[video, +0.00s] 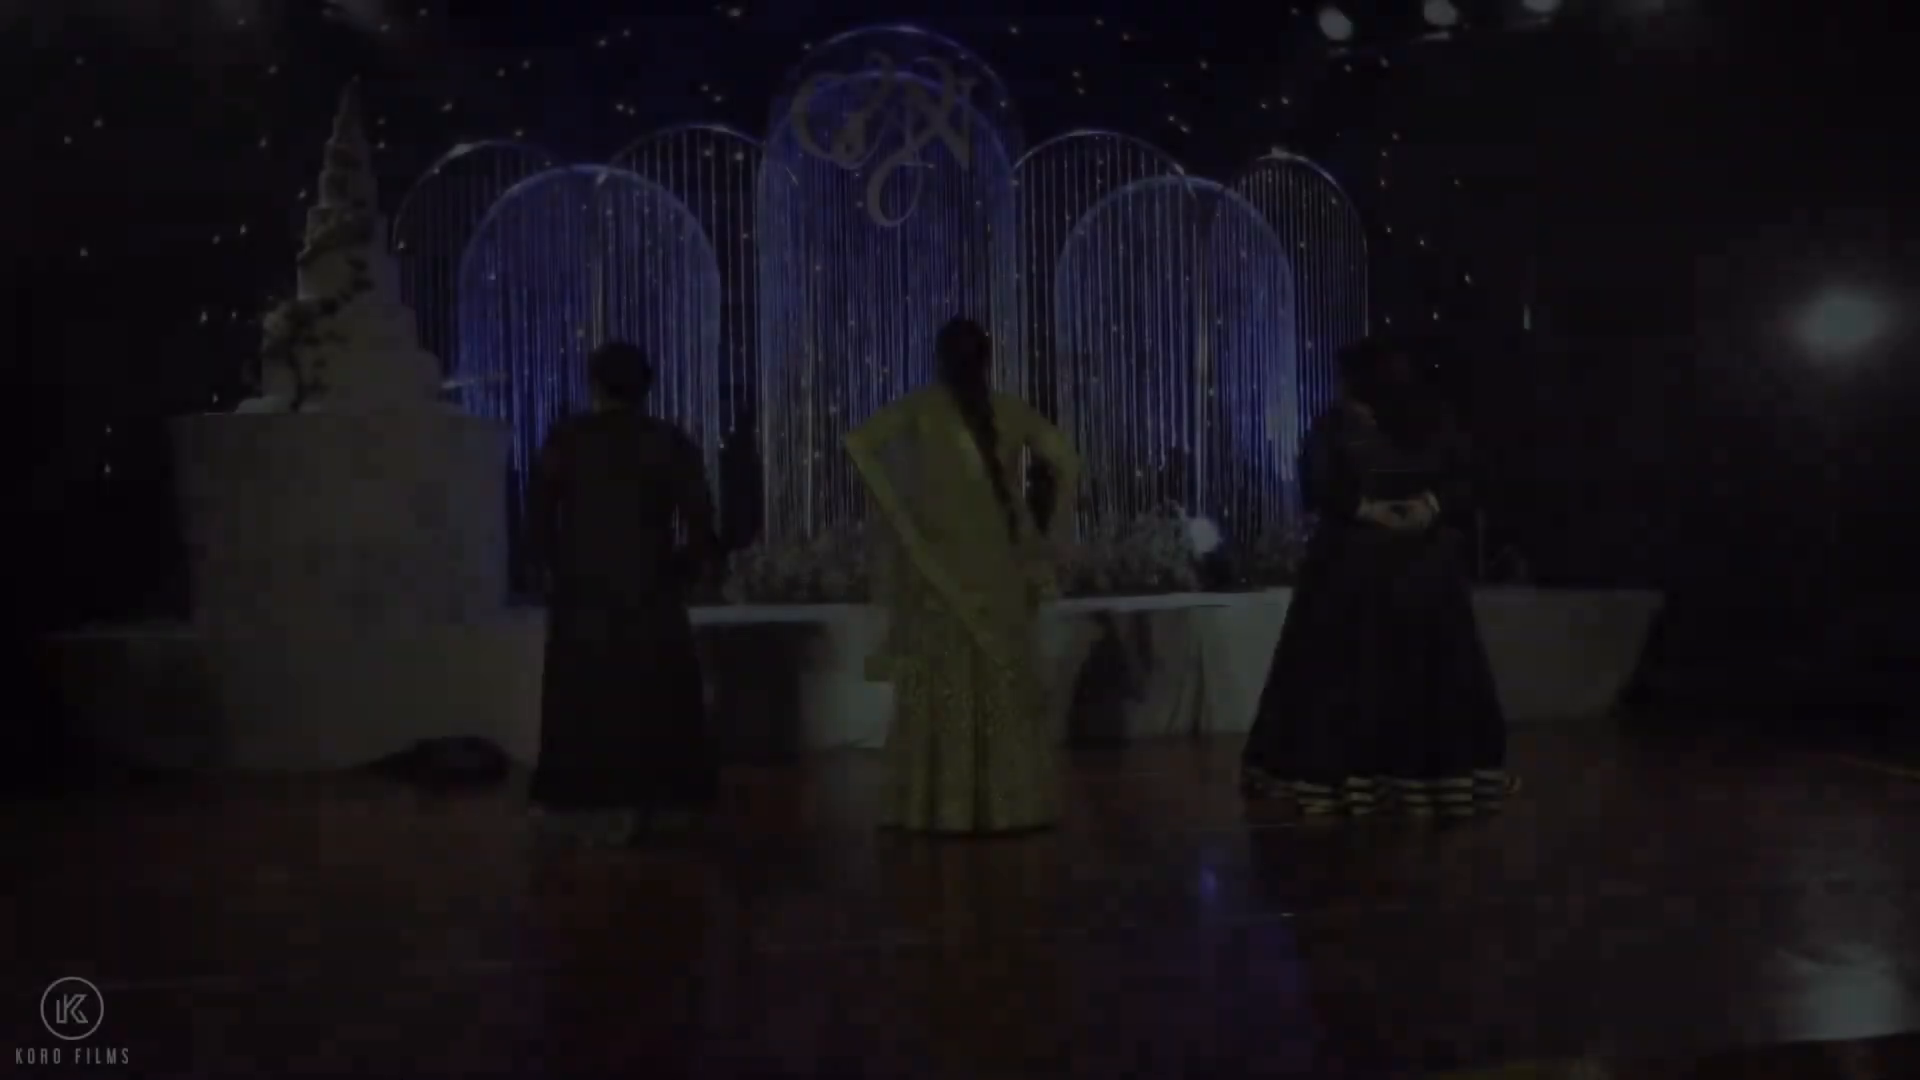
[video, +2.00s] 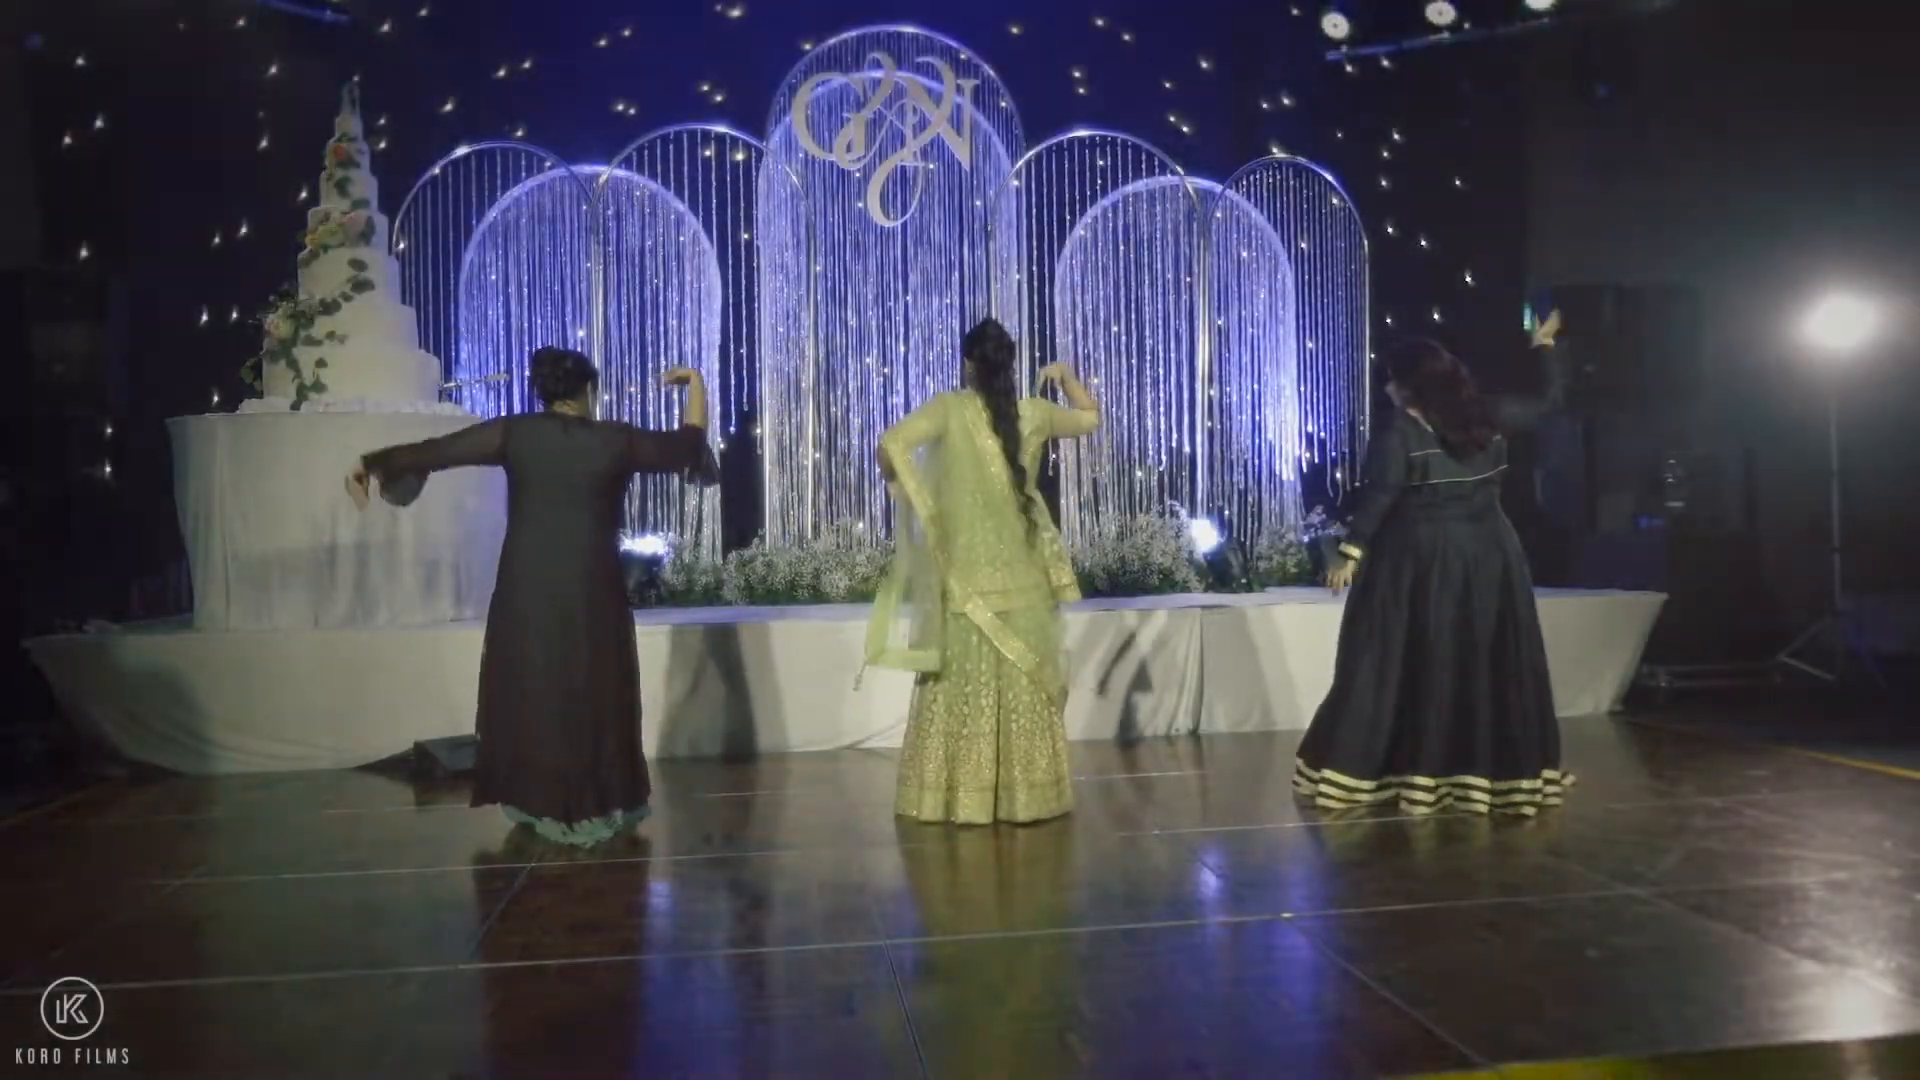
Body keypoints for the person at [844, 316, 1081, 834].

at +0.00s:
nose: (974, 365)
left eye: (968, 353)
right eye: (974, 354)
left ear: (939, 359)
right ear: (986, 358)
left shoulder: (921, 405)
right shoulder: (1008, 409)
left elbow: (859, 443)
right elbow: (1065, 460)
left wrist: (901, 520)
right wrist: (1052, 533)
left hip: (937, 563)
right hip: (997, 564)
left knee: (940, 686)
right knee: (1001, 684)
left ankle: (943, 806)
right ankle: (1005, 805)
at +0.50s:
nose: (926, 376)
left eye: (925, 368)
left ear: (924, 370)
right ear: (968, 367)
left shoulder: (913, 413)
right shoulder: (998, 411)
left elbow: (848, 452)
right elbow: (1060, 457)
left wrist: (833, 487)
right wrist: (1040, 523)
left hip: (936, 576)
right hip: (999, 575)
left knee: (937, 695)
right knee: (1000, 689)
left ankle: (940, 806)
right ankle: (1003, 803)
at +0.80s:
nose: (931, 372)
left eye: (931, 365)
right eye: (936, 364)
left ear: (935, 367)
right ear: (978, 366)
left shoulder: (924, 413)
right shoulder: (1008, 410)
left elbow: (865, 450)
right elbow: (1067, 465)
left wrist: (828, 400)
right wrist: (1065, 533)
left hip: (951, 576)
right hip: (1011, 574)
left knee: (949, 690)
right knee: (1011, 686)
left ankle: (953, 801)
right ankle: (1011, 799)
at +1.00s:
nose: (950, 369)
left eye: (949, 362)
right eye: (959, 361)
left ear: (950, 366)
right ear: (993, 365)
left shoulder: (934, 411)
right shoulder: (1022, 414)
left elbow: (868, 428)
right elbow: (1079, 464)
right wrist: (1069, 529)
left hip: (956, 580)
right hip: (1019, 578)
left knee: (955, 694)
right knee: (1019, 688)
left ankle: (959, 802)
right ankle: (1022, 800)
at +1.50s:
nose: (965, 369)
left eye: (965, 361)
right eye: (973, 360)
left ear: (966, 365)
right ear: (1011, 363)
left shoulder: (948, 410)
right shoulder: (1035, 411)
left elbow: (891, 452)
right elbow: (1097, 453)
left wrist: (933, 510)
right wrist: (1061, 481)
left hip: (972, 575)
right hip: (1030, 572)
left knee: (971, 691)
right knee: (1032, 687)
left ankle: (974, 798)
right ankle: (1034, 797)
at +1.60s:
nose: (963, 365)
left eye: (964, 358)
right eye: (972, 358)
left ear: (968, 362)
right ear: (1011, 362)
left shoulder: (946, 409)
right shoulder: (1037, 412)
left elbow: (889, 451)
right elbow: (1095, 441)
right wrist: (1052, 431)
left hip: (961, 568)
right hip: (1023, 568)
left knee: (965, 685)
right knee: (1028, 680)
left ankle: (968, 795)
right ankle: (1032, 794)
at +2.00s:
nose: (963, 366)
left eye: (964, 359)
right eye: (976, 359)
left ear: (967, 363)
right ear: (1010, 363)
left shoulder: (948, 407)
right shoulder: (1033, 414)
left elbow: (890, 445)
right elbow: (1090, 418)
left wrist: (922, 508)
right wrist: (1067, 375)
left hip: (964, 571)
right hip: (1023, 571)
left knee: (964, 689)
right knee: (1025, 686)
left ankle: (964, 797)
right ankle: (1024, 798)